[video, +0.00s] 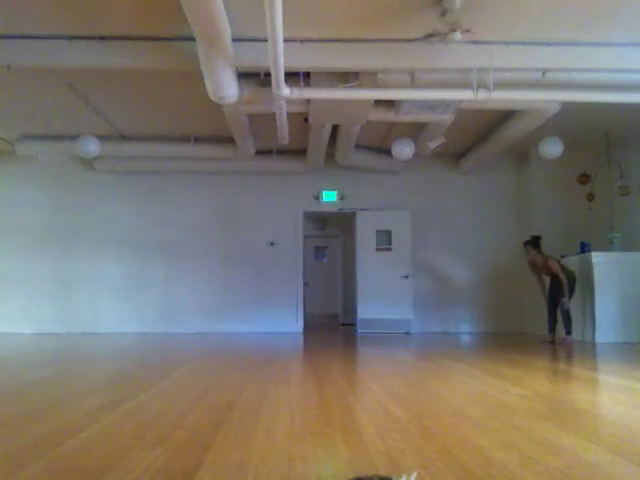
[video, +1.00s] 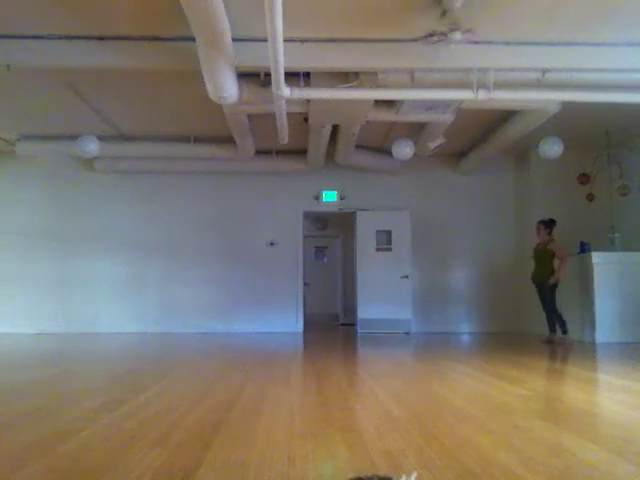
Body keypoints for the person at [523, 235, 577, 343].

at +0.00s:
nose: (527, 254)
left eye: (529, 251)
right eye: (525, 252)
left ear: (536, 250)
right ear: (526, 252)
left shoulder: (548, 261)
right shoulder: (532, 263)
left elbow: (564, 278)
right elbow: (541, 281)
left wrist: (566, 296)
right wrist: (545, 299)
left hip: (567, 278)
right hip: (555, 279)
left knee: (563, 304)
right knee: (551, 306)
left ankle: (568, 335)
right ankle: (551, 336)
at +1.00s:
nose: (537, 232)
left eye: (540, 229)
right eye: (537, 229)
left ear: (547, 230)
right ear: (539, 231)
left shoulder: (552, 244)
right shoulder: (539, 244)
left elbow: (563, 259)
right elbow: (539, 262)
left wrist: (557, 275)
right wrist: (534, 275)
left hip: (549, 278)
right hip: (538, 278)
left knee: (551, 307)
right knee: (546, 307)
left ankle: (564, 331)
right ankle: (552, 333)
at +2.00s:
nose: (543, 229)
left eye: (545, 226)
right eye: (543, 227)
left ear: (554, 226)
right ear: (547, 227)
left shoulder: (560, 239)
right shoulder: (547, 240)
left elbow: (575, 249)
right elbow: (550, 253)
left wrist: (563, 260)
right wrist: (545, 261)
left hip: (558, 274)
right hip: (548, 274)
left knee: (562, 304)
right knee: (548, 303)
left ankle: (567, 335)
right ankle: (551, 331)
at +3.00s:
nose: (548, 235)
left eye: (549, 232)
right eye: (546, 233)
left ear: (555, 229)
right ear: (548, 232)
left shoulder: (566, 242)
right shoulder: (551, 243)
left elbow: (573, 259)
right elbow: (548, 258)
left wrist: (561, 269)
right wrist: (545, 266)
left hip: (562, 276)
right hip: (551, 276)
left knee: (564, 305)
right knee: (549, 303)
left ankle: (567, 336)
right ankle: (551, 332)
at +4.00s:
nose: (540, 241)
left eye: (540, 238)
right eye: (538, 239)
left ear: (546, 233)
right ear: (540, 237)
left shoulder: (558, 240)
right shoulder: (545, 243)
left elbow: (571, 252)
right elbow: (546, 257)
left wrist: (558, 261)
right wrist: (543, 263)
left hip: (559, 273)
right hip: (549, 273)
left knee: (562, 304)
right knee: (552, 305)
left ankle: (566, 336)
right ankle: (556, 334)